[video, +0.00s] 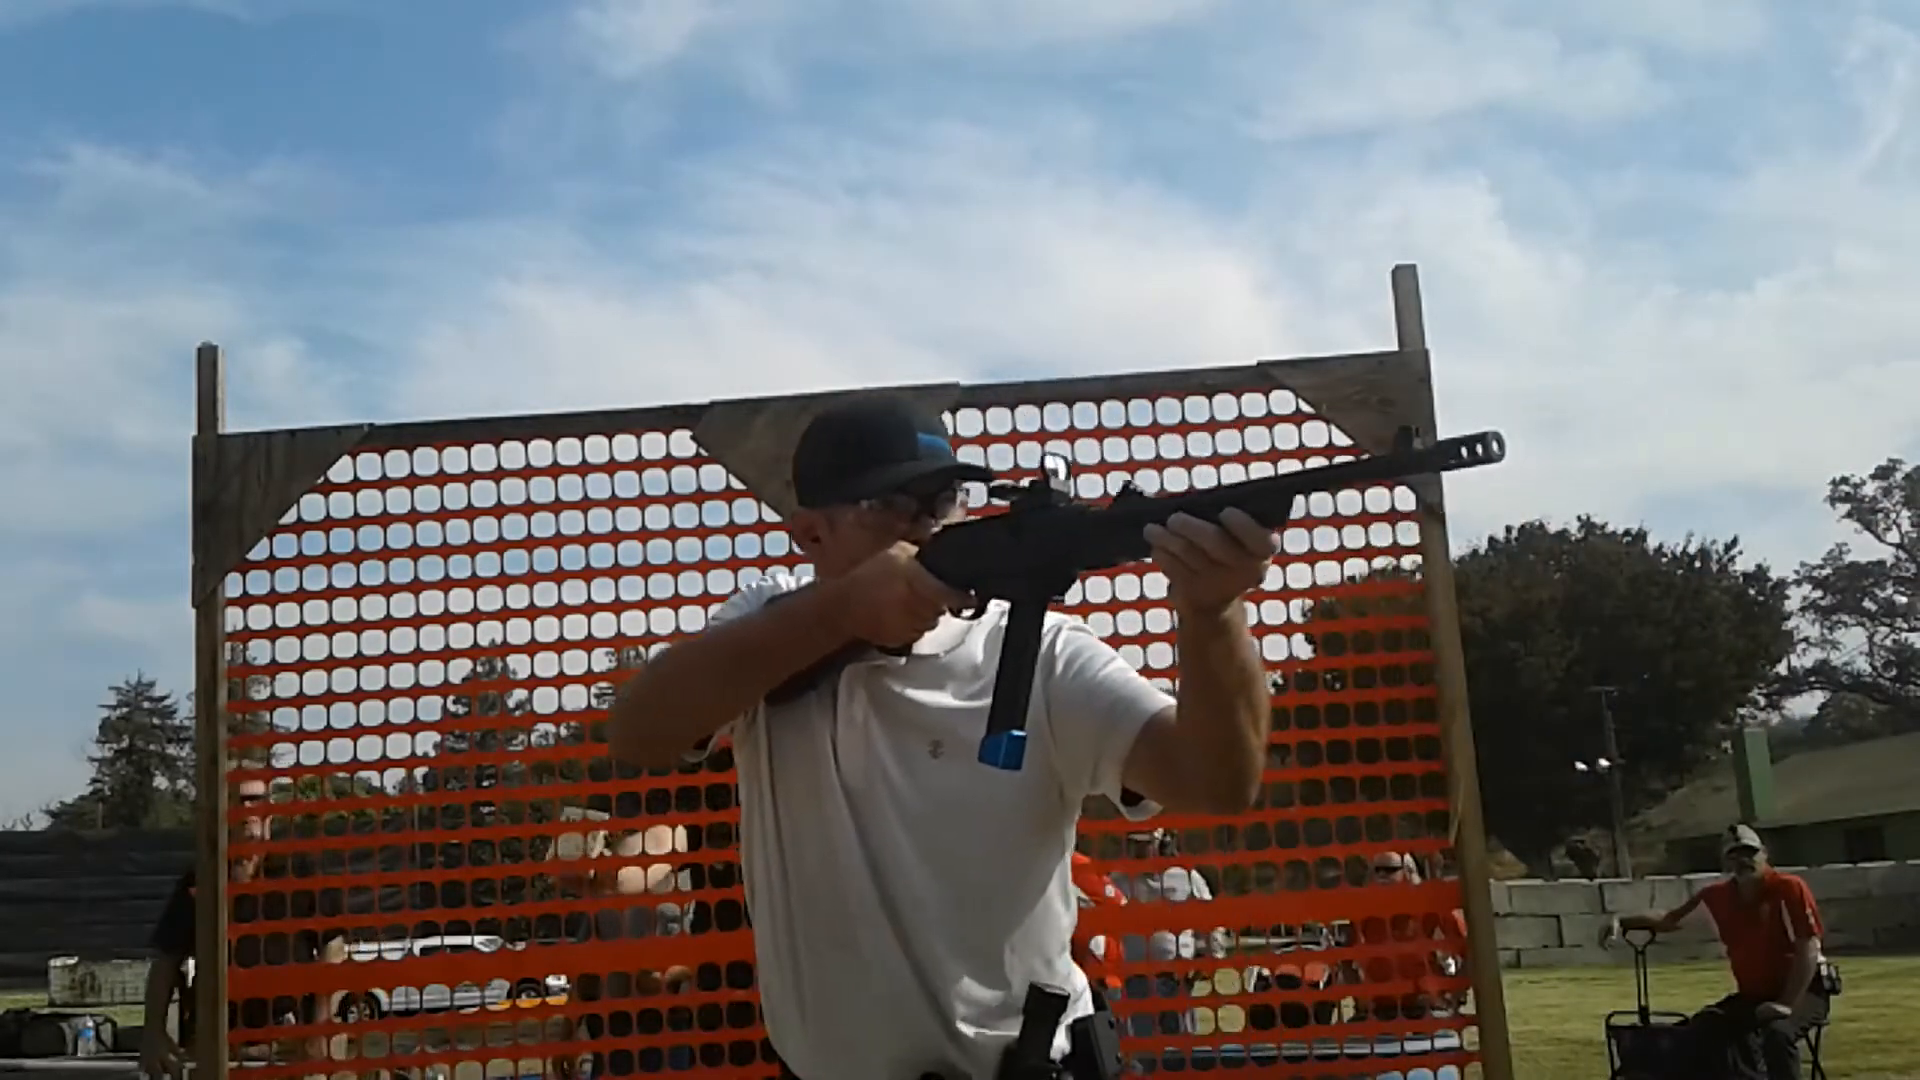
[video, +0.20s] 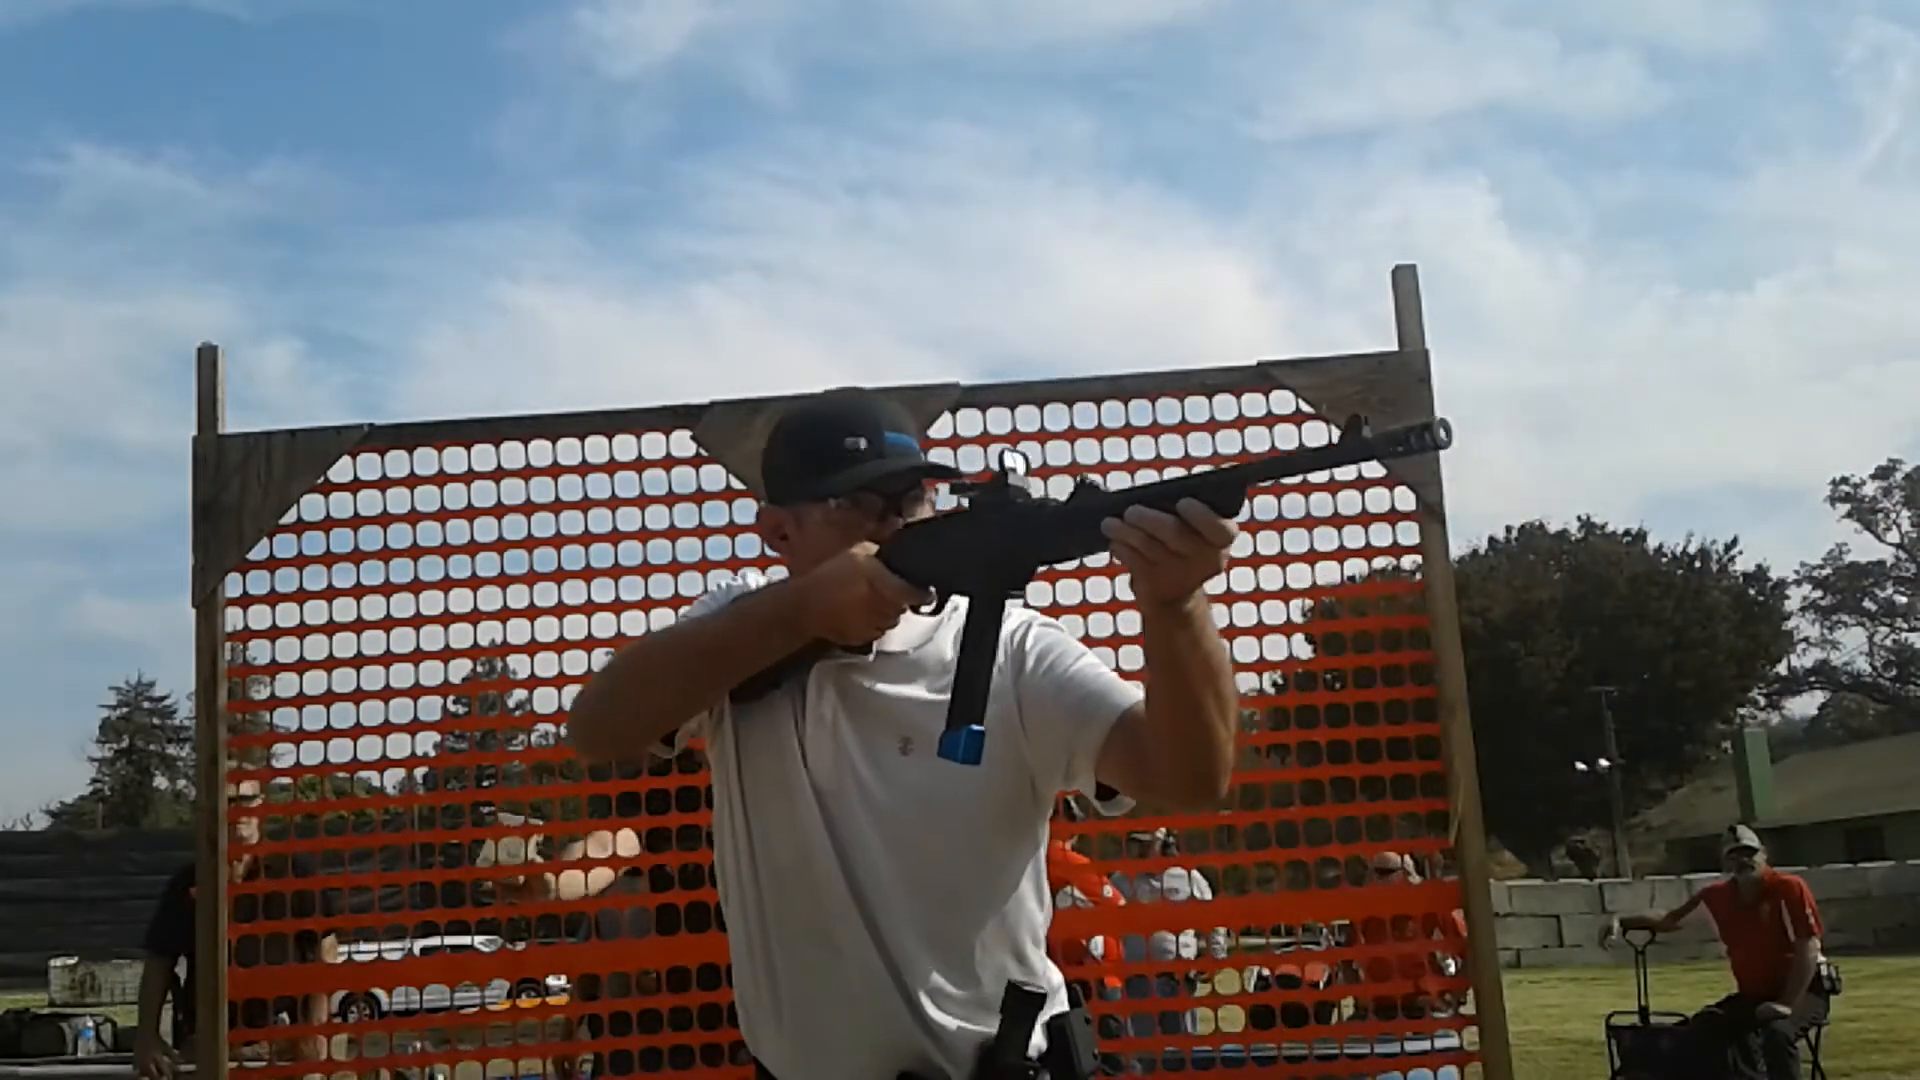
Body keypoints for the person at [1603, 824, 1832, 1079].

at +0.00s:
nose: (1743, 859)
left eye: (1750, 852)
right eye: (1735, 855)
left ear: (1763, 855)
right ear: (1726, 862)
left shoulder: (1789, 888)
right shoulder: (1715, 896)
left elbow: (1809, 950)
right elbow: (1668, 921)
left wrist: (1788, 1004)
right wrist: (1622, 923)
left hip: (1802, 998)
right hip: (1752, 998)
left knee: (1776, 1035)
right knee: (1692, 1033)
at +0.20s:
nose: (1743, 859)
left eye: (1750, 852)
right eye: (1735, 855)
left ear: (1763, 856)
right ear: (1726, 862)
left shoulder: (1789, 888)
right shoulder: (1715, 896)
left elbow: (1810, 950)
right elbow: (1668, 921)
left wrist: (1788, 1004)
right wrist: (1621, 923)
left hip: (1803, 998)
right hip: (1752, 998)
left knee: (1776, 1035)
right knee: (1693, 1033)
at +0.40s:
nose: (1743, 859)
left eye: (1750, 853)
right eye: (1735, 855)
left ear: (1763, 856)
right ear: (1725, 862)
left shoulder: (1789, 888)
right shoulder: (1715, 896)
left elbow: (1810, 950)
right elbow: (1668, 921)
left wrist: (1788, 1004)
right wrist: (1621, 923)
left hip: (1803, 998)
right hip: (1752, 998)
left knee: (1776, 1035)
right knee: (1693, 1033)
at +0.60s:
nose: (1744, 860)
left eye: (1750, 853)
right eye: (1735, 856)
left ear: (1762, 856)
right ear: (1725, 863)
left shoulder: (1789, 888)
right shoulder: (1714, 897)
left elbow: (1810, 949)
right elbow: (1668, 922)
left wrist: (1787, 1004)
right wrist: (1621, 922)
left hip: (1803, 998)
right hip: (1753, 998)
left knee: (1776, 1035)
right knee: (1694, 1032)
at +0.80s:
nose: (1744, 859)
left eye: (1750, 853)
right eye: (1735, 855)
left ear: (1763, 856)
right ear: (1725, 863)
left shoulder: (1789, 888)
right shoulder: (1715, 897)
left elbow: (1810, 949)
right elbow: (1668, 922)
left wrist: (1787, 1004)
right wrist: (1621, 922)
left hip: (1803, 998)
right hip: (1753, 998)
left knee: (1776, 1035)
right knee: (1695, 1032)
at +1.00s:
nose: (1744, 860)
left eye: (1750, 853)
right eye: (1735, 856)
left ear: (1763, 856)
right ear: (1725, 863)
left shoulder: (1789, 888)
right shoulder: (1715, 897)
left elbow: (1810, 949)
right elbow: (1668, 922)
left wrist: (1787, 1004)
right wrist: (1621, 923)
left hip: (1803, 998)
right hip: (1753, 998)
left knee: (1776, 1035)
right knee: (1695, 1031)